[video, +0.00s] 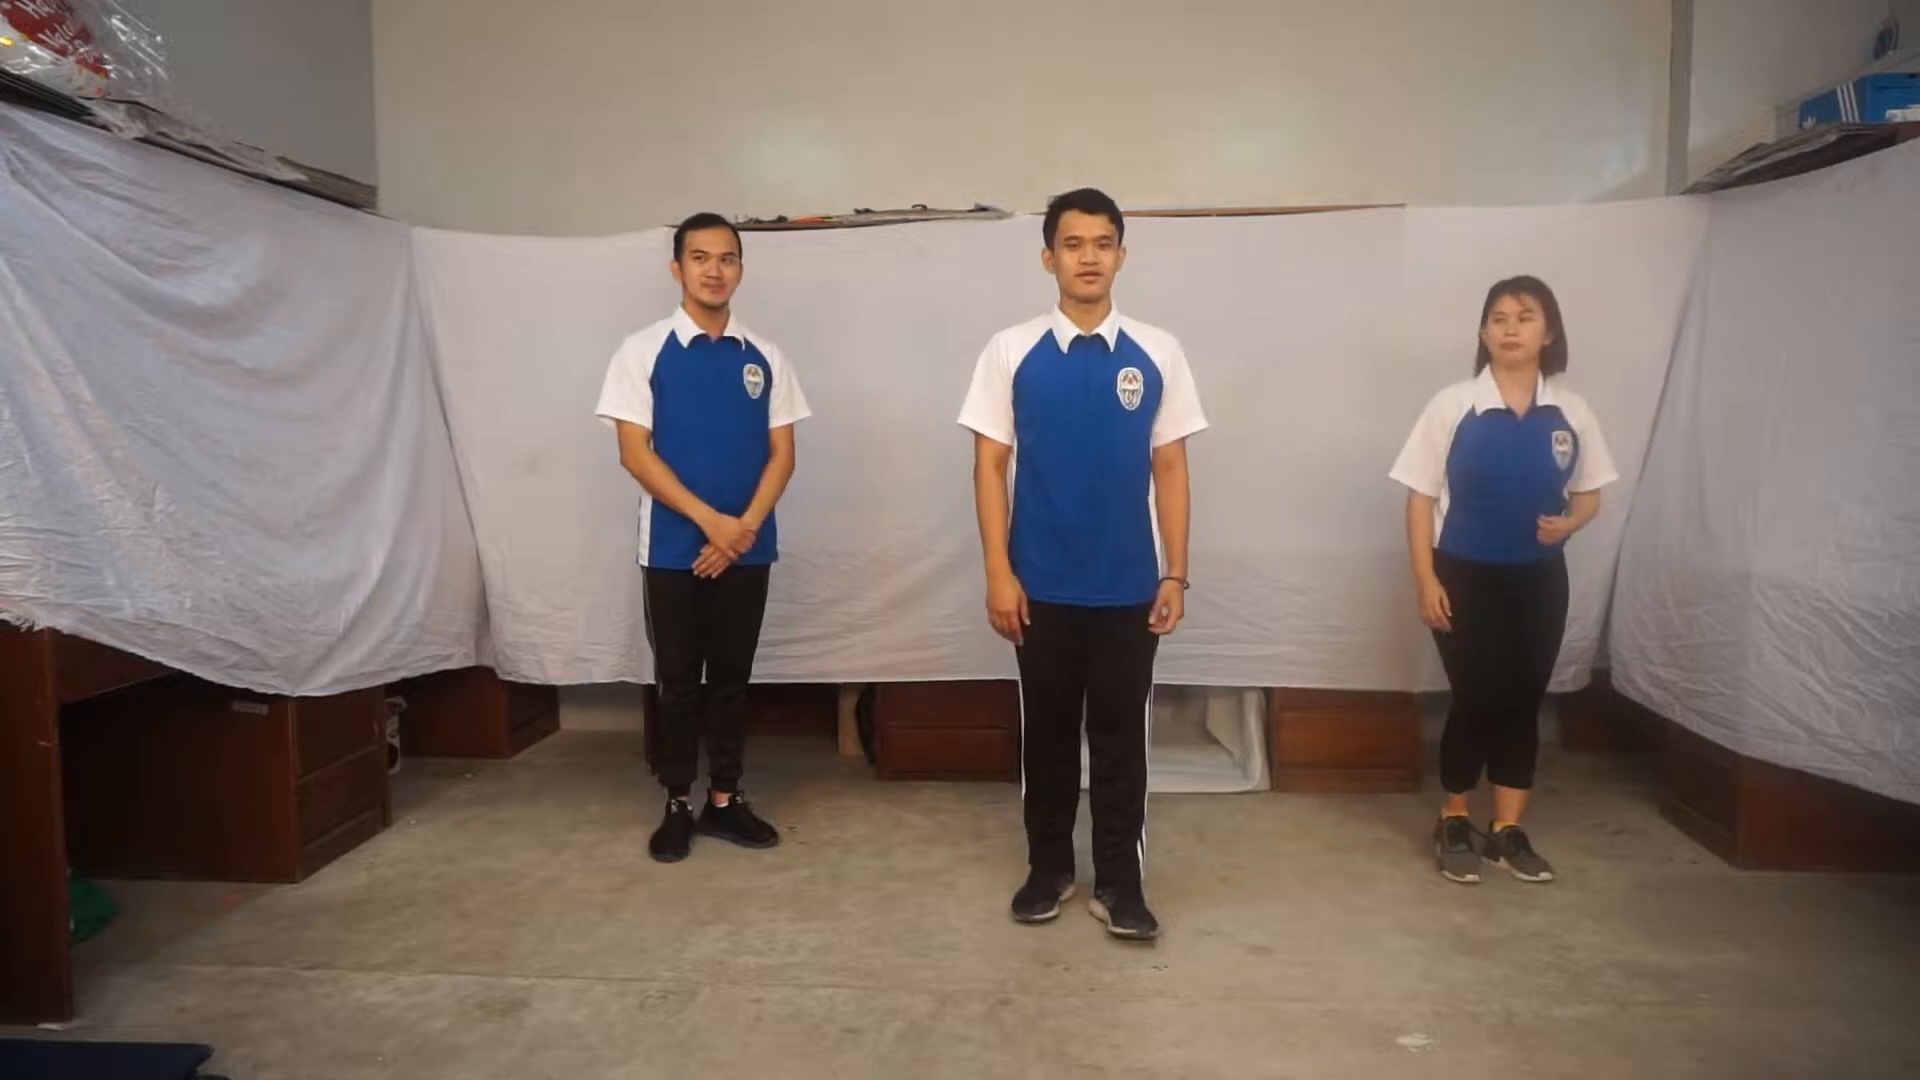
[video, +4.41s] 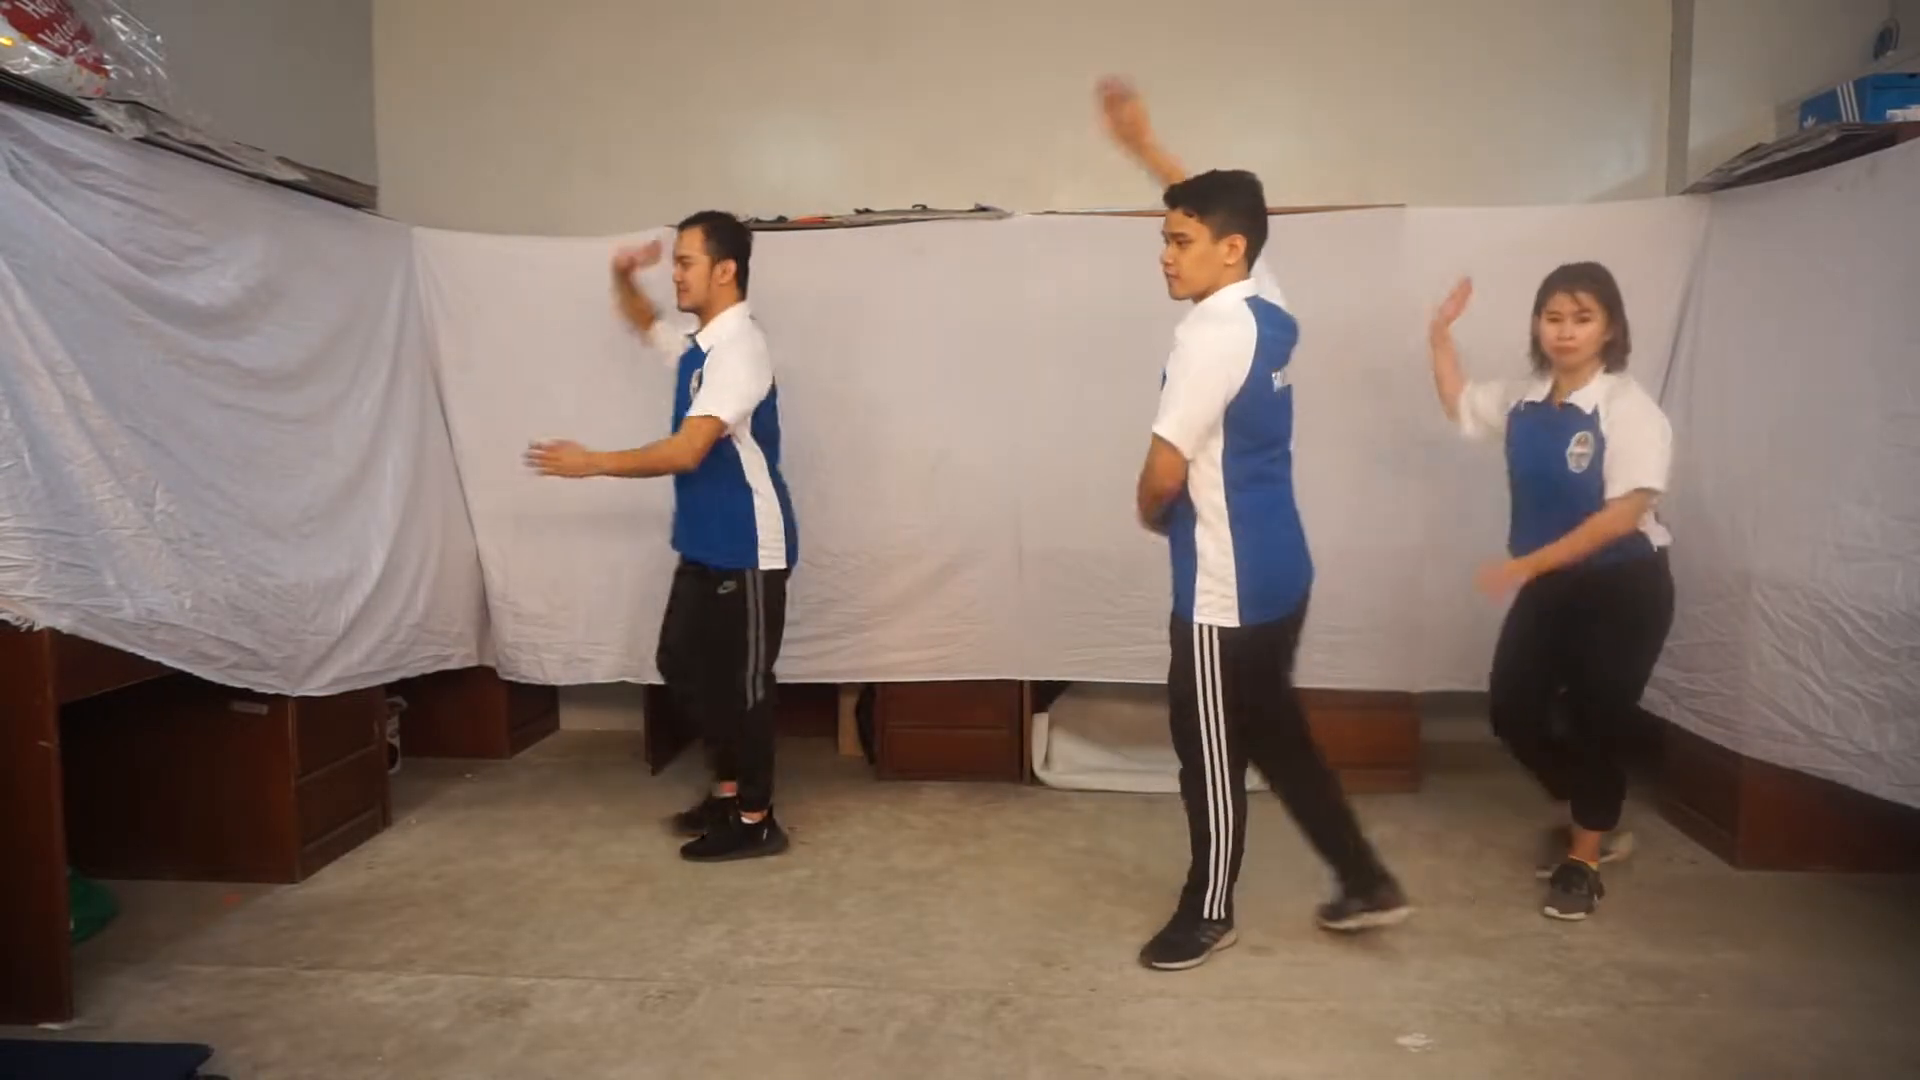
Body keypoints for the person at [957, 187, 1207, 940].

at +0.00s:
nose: (1090, 257)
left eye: (1103, 244)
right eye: (1074, 244)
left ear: (1120, 255)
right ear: (1050, 257)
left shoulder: (1155, 352)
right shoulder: (1010, 351)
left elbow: (1170, 468)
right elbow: (991, 467)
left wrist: (1174, 572)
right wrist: (998, 573)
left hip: (1127, 588)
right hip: (1043, 588)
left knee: (1121, 743)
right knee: (1046, 740)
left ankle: (1120, 879)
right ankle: (1048, 868)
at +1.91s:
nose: (1082, 256)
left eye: (1095, 243)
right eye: (1066, 243)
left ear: (1112, 253)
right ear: (1040, 255)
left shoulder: (1146, 351)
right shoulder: (1000, 350)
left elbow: (1162, 473)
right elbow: (973, 466)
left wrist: (1166, 581)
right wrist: (966, 571)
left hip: (1118, 592)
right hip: (1025, 591)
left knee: (1118, 750)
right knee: (1030, 746)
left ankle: (1125, 885)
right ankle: (1026, 877)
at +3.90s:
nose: (1098, 252)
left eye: (1113, 237)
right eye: (1082, 238)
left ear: (1135, 250)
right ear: (1061, 251)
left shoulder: (1175, 354)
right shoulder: (1019, 351)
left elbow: (1216, 468)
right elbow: (983, 462)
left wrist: (1257, 580)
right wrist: (998, 567)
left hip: (1133, 600)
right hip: (1039, 597)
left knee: (1147, 753)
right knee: (1026, 754)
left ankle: (1187, 900)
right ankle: (1016, 888)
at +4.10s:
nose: (1120, 256)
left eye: (1139, 240)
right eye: (1112, 242)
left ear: (1183, 249)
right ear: (1105, 251)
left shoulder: (1222, 347)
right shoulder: (1090, 347)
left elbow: (1242, 483)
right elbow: (1026, 416)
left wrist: (1243, 606)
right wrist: (1019, 473)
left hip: (1186, 605)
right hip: (1101, 598)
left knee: (1193, 769)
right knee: (1065, 752)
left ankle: (1207, 910)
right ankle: (1032, 883)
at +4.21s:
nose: (1134, 257)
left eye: (1151, 243)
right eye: (1129, 242)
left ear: (1202, 247)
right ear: (1129, 246)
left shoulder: (1228, 342)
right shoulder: (1135, 334)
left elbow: (1221, 479)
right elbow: (1073, 355)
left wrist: (1151, 591)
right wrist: (1033, 366)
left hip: (1211, 590)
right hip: (1141, 576)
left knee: (1198, 754)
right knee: (1115, 720)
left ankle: (1206, 910)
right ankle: (1118, 871)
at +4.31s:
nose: (1149, 257)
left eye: (1164, 242)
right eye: (1148, 242)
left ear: (1218, 248)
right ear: (1183, 249)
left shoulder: (1223, 332)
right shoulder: (1188, 312)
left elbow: (1195, 464)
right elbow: (1131, 282)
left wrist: (1124, 533)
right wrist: (1059, 249)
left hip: (1222, 583)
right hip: (1180, 572)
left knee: (1210, 740)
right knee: (1162, 715)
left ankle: (1206, 909)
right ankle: (1243, 866)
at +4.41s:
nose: (1166, 258)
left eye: (1180, 244)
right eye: (1165, 243)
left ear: (1229, 250)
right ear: (1226, 248)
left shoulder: (1213, 331)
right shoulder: (1263, 303)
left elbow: (1164, 475)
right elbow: (1216, 215)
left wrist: (1149, 512)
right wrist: (1145, 145)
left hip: (1221, 582)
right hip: (1272, 566)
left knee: (1206, 741)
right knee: (1269, 723)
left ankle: (1209, 908)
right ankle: (1364, 879)